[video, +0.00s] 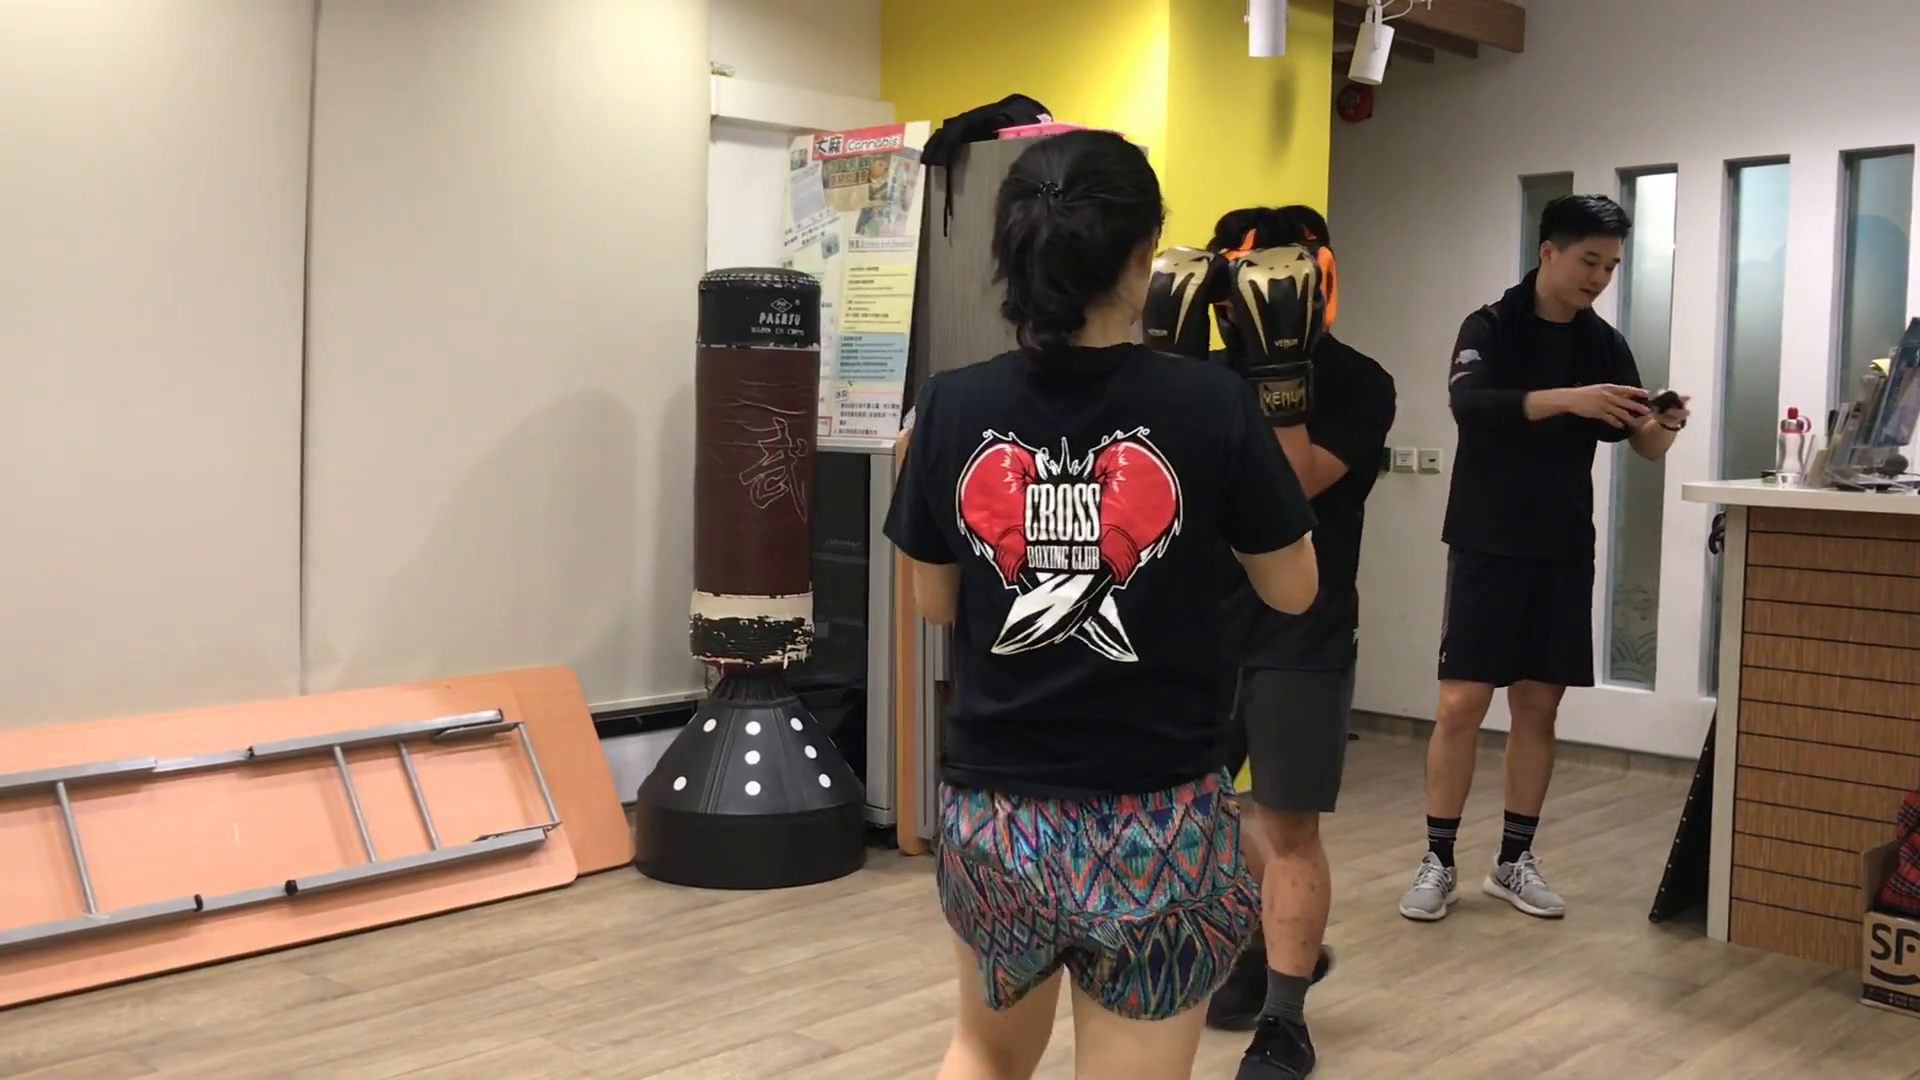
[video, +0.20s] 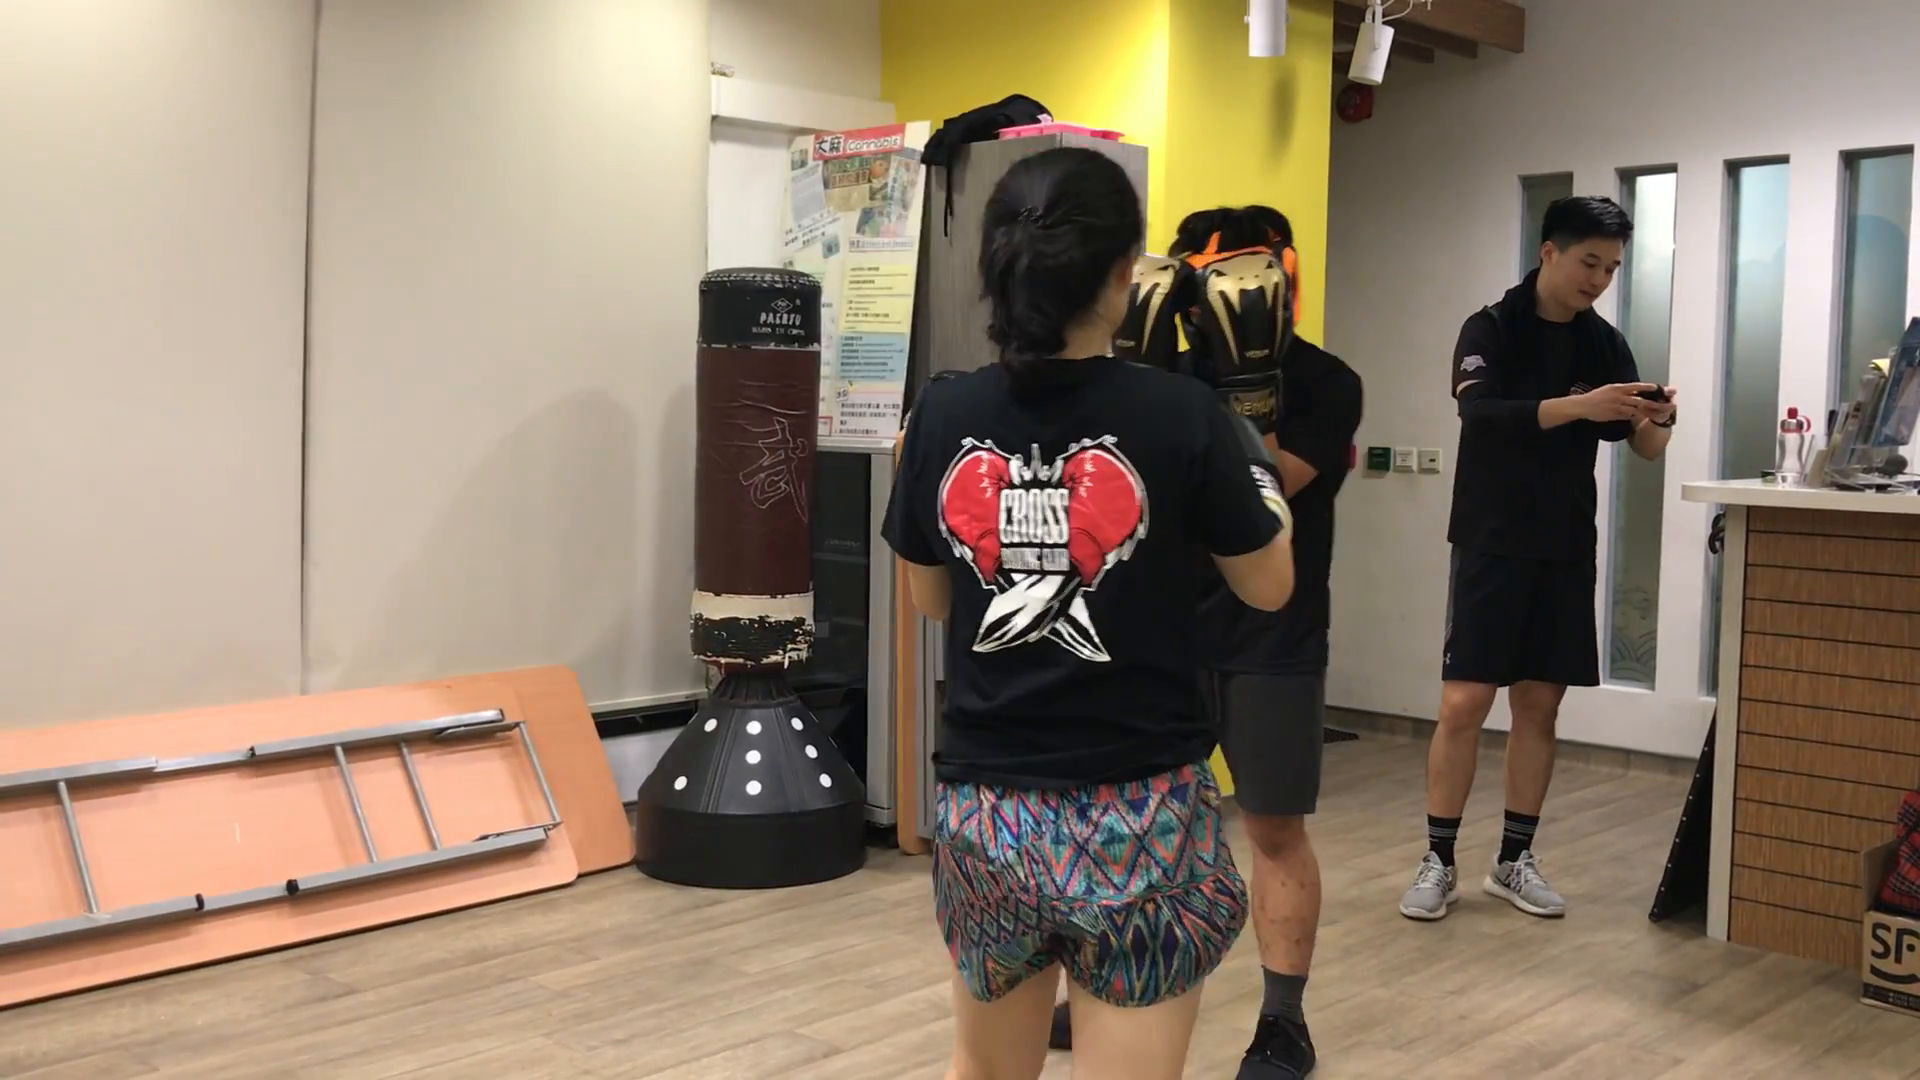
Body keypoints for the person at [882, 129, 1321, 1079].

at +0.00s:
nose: (1157, 249)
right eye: (1157, 232)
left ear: (1011, 247)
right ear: (1146, 252)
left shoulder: (956, 406)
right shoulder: (1211, 403)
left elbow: (931, 598)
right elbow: (1293, 584)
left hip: (996, 812)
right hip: (1163, 820)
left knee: (986, 1050)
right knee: (1134, 1064)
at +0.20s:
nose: (1135, 266)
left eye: (1127, 247)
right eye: (1134, 249)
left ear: (995, 260)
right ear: (1125, 269)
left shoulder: (947, 409)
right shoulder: (1184, 415)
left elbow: (926, 594)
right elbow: (1269, 582)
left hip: (982, 808)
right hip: (1143, 813)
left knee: (988, 1067)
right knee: (1127, 1064)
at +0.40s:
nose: (1085, 273)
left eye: (1078, 256)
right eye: (1082, 257)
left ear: (957, 267)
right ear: (1070, 269)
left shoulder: (909, 412)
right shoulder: (1129, 402)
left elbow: (903, 585)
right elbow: (1221, 563)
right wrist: (1186, 472)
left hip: (954, 794)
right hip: (1103, 797)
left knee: (984, 1048)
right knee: (1120, 1064)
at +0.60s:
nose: (1050, 268)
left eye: (1040, 250)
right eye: (1044, 250)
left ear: (917, 260)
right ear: (1034, 262)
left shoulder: (883, 404)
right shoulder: (1093, 385)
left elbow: (875, 551)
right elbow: (1194, 511)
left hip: (936, 762)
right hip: (1081, 754)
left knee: (977, 1044)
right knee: (1136, 1056)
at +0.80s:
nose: (1032, 269)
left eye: (1024, 254)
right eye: (1026, 253)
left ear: (901, 267)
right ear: (1018, 266)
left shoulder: (872, 403)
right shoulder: (1074, 374)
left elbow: (901, 501)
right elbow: (1159, 445)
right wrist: (1118, 360)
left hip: (924, 744)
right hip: (1065, 735)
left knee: (971, 1039)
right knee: (1126, 1045)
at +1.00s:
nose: (1027, 265)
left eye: (1021, 251)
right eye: (1022, 250)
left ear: (898, 260)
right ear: (1010, 261)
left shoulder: (867, 403)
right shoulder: (1060, 370)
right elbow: (1154, 441)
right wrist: (1090, 359)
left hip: (924, 742)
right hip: (1060, 731)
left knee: (975, 1036)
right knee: (1108, 1048)